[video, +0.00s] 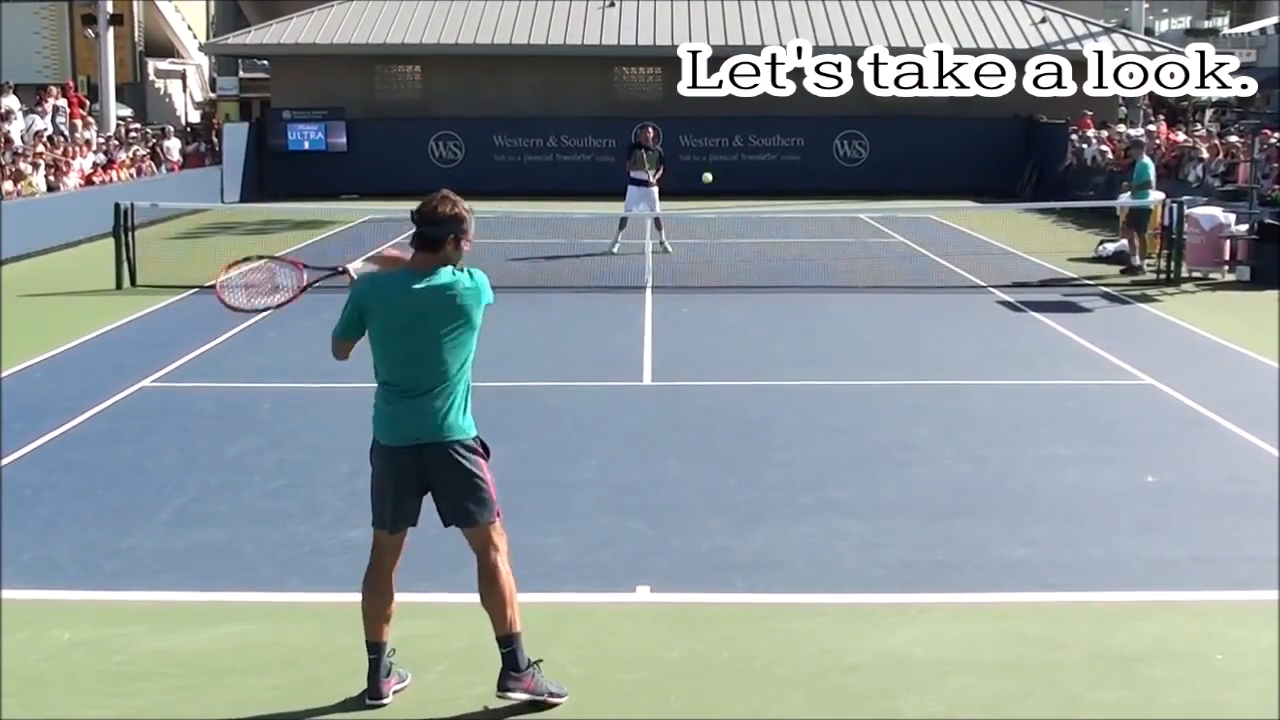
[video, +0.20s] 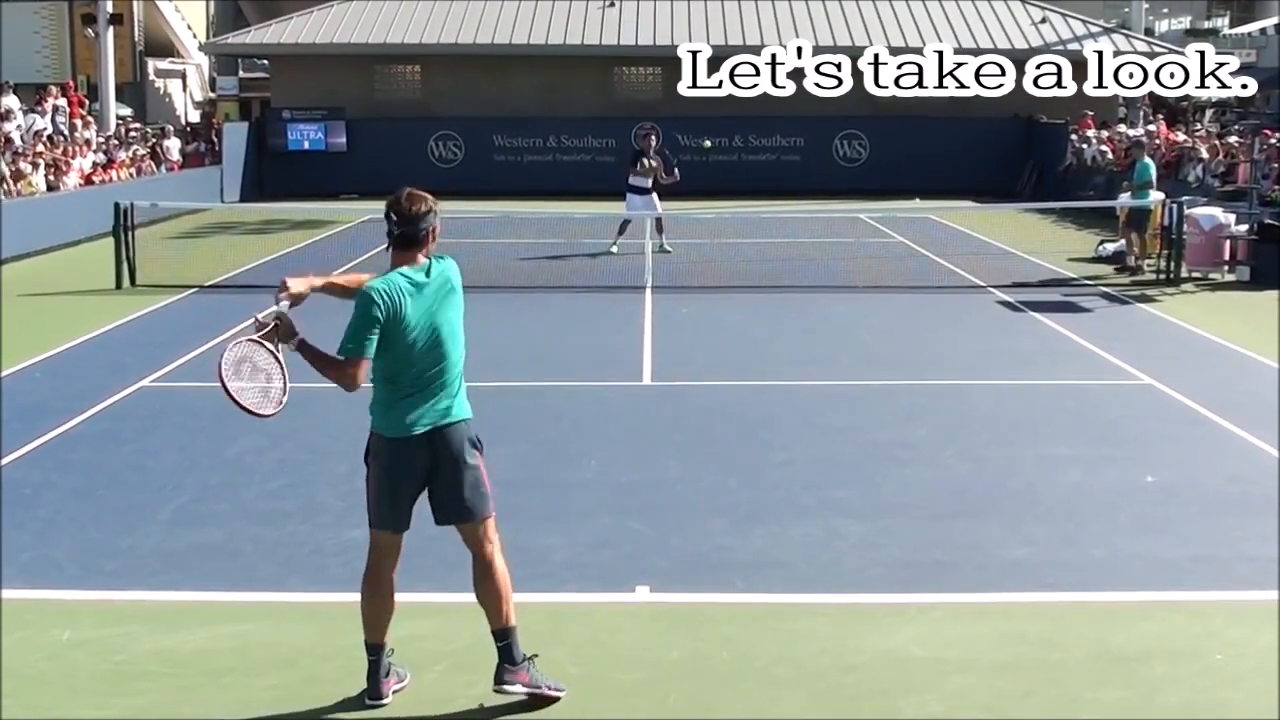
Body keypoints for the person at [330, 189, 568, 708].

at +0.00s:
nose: (470, 247)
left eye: (468, 238)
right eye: (468, 239)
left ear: (418, 238)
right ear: (455, 243)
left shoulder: (371, 286)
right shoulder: (470, 287)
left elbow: (341, 348)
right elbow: (436, 274)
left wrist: (361, 288)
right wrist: (395, 260)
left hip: (392, 444)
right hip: (453, 441)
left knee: (383, 554)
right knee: (491, 547)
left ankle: (377, 676)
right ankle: (516, 670)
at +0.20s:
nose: (438, 234)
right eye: (437, 228)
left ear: (388, 232)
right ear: (432, 234)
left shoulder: (377, 294)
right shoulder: (448, 272)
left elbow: (350, 376)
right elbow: (381, 283)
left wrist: (293, 339)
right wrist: (316, 282)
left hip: (394, 443)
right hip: (455, 432)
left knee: (382, 558)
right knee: (486, 545)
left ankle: (377, 675)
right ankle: (513, 663)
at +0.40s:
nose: (417, 236)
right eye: (417, 229)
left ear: (373, 238)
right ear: (416, 236)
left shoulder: (382, 292)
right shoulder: (435, 278)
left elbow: (404, 368)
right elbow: (382, 341)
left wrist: (340, 368)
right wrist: (327, 359)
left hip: (402, 443)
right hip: (456, 430)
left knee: (383, 553)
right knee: (489, 535)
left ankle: (378, 672)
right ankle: (530, 641)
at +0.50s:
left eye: (381, 233)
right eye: (418, 230)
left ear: (378, 238)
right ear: (422, 237)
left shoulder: (385, 292)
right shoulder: (445, 282)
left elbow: (401, 371)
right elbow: (432, 358)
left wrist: (346, 388)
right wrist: (360, 390)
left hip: (408, 442)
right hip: (462, 429)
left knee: (386, 554)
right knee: (495, 531)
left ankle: (378, 672)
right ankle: (542, 638)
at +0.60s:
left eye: (392, 238)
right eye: (426, 235)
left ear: (390, 242)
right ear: (434, 241)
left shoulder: (386, 296)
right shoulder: (463, 289)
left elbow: (388, 379)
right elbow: (477, 369)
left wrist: (350, 403)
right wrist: (411, 393)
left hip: (416, 446)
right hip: (471, 437)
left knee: (387, 553)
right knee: (499, 537)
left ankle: (379, 671)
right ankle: (544, 644)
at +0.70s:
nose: (445, 257)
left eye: (416, 251)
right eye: (447, 250)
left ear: (406, 257)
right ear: (449, 257)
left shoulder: (388, 313)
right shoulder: (483, 307)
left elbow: (373, 397)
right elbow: (517, 381)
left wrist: (384, 417)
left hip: (420, 460)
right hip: (480, 454)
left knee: (389, 555)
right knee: (509, 549)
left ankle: (378, 670)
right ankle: (551, 656)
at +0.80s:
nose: (473, 256)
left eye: (459, 248)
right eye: (474, 250)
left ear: (429, 255)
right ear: (471, 255)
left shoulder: (399, 310)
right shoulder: (501, 307)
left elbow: (380, 388)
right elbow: (537, 385)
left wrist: (418, 401)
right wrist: (506, 433)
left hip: (426, 457)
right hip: (489, 452)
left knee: (400, 555)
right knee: (528, 542)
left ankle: (377, 670)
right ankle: (551, 657)